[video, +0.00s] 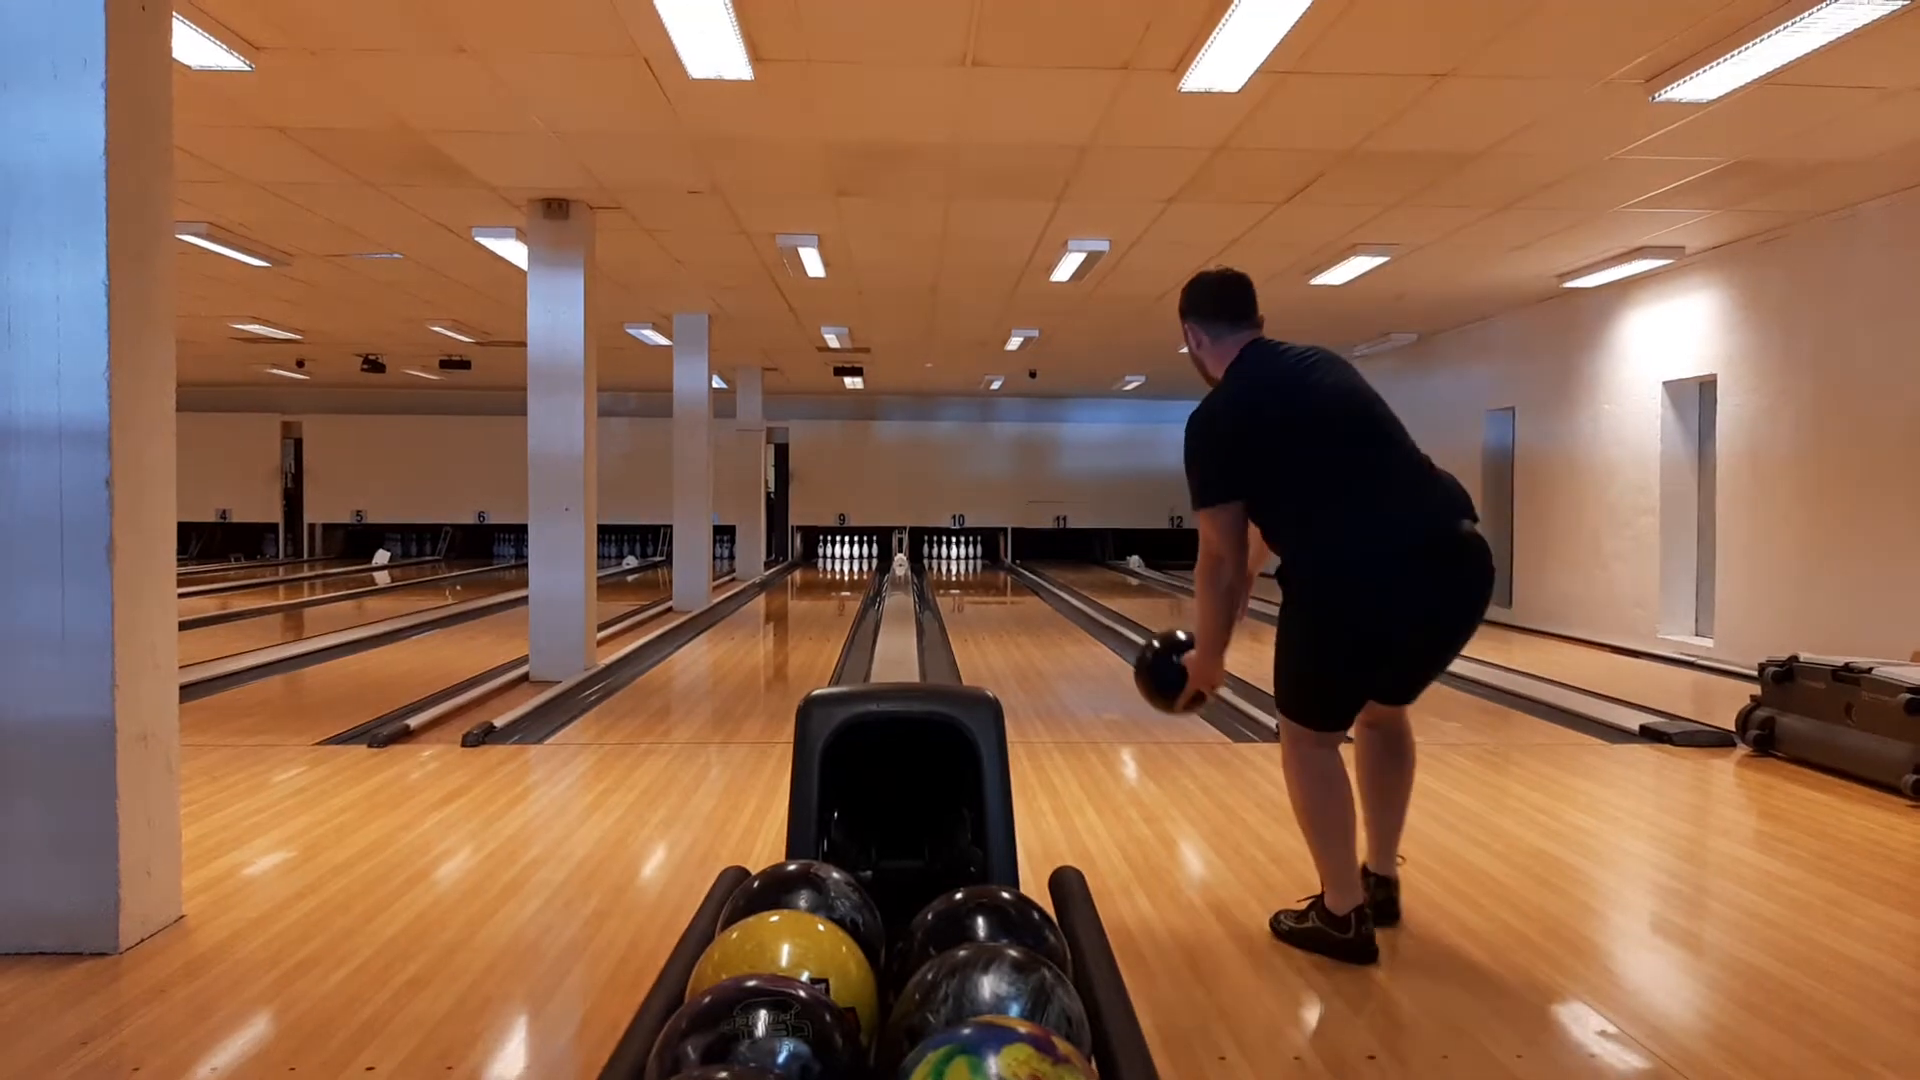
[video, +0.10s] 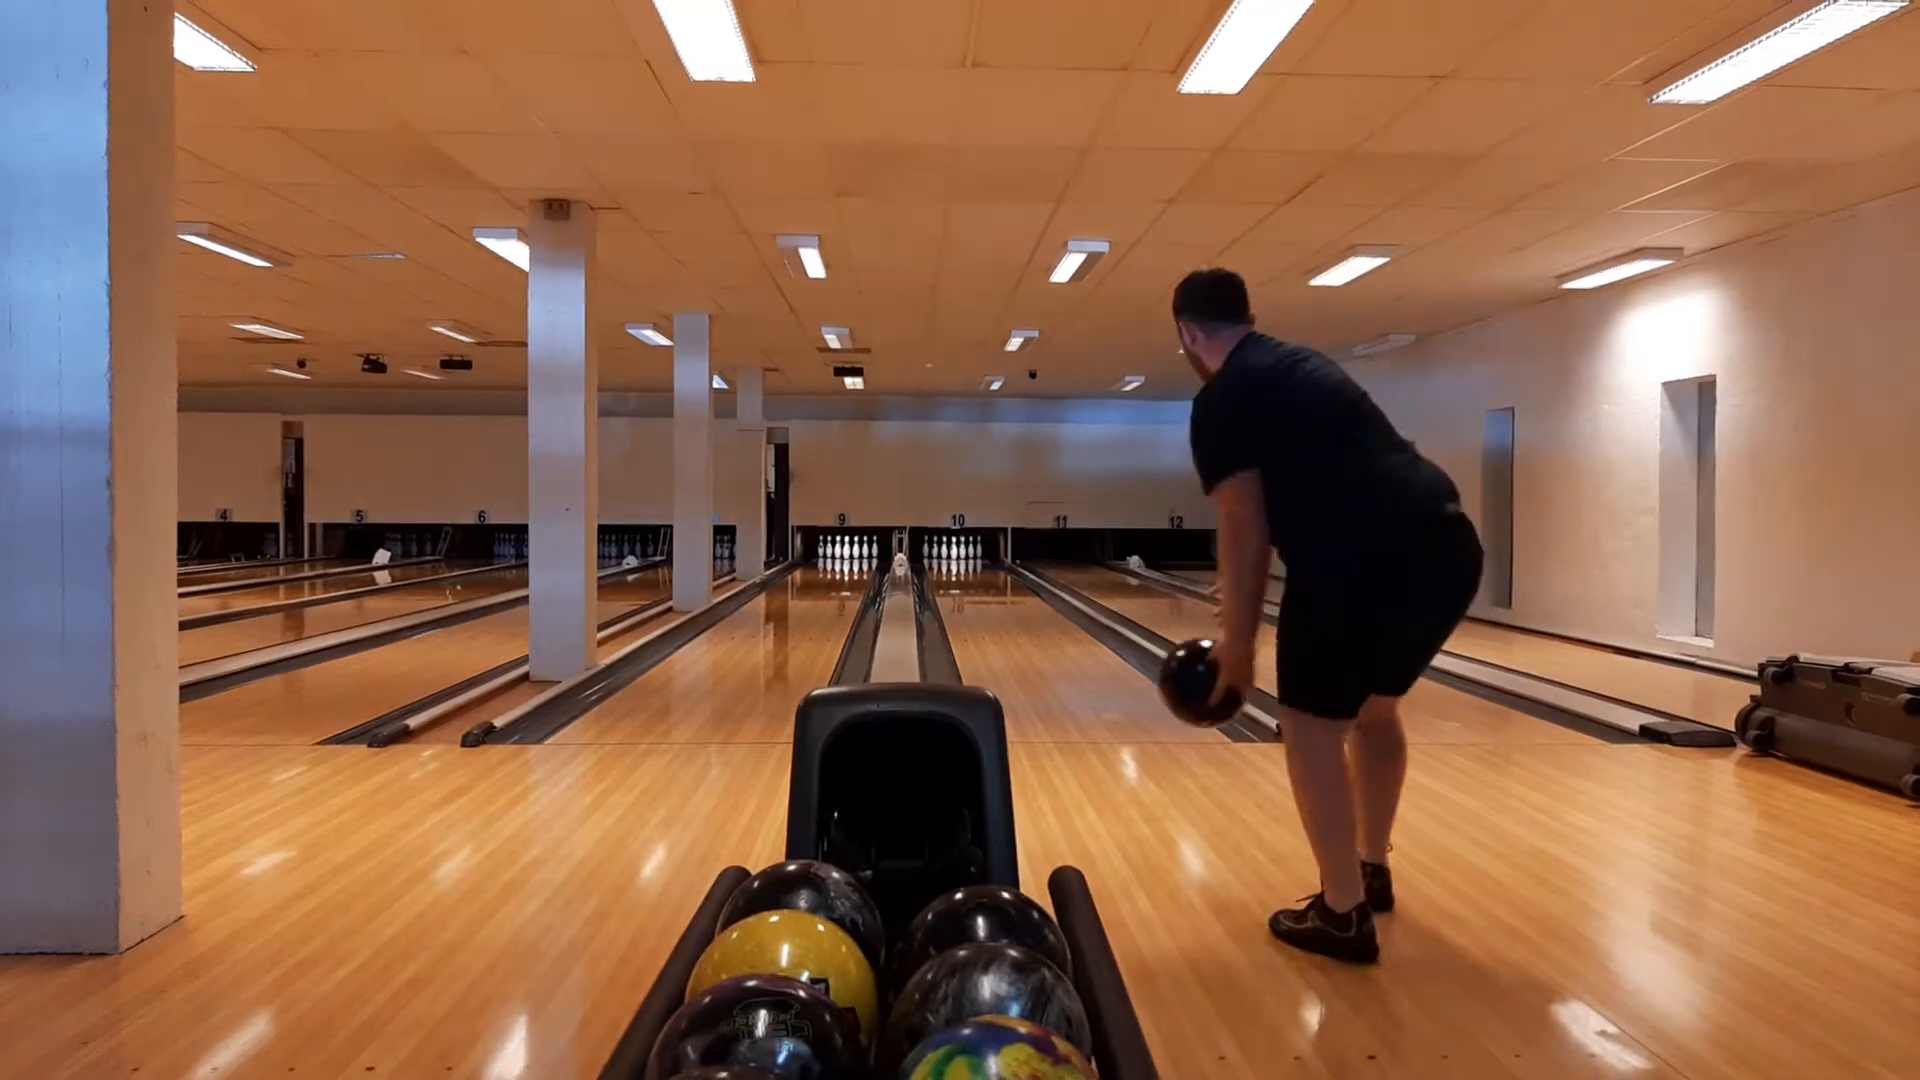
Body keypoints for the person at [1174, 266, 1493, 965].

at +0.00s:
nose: (1191, 355)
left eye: (1186, 343)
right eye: (1190, 345)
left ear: (1192, 339)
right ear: (1259, 324)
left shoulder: (1216, 418)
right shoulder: (1324, 366)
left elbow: (1224, 561)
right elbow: (1280, 512)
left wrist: (1208, 660)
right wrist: (1217, 612)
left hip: (1348, 583)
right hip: (1456, 560)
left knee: (1308, 735)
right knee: (1384, 712)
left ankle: (1341, 913)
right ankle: (1381, 878)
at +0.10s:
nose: (1187, 355)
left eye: (1182, 345)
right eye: (1188, 346)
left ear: (1188, 337)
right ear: (1250, 321)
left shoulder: (1222, 399)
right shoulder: (1309, 366)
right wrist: (1242, 628)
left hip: (1352, 562)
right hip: (1445, 546)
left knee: (1309, 725)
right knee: (1378, 708)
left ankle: (1342, 912)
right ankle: (1372, 870)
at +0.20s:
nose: (1188, 351)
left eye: (1181, 339)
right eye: (1186, 341)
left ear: (1189, 330)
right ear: (1246, 313)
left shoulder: (1241, 367)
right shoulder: (1281, 358)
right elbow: (1271, 486)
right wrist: (1247, 574)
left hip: (1368, 537)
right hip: (1432, 530)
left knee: (1321, 714)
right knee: (1367, 706)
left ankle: (1342, 906)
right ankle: (1371, 870)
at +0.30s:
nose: (1189, 351)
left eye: (1184, 337)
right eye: (1187, 340)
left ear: (1194, 324)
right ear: (1237, 306)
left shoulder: (1258, 341)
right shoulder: (1252, 389)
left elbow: (1316, 408)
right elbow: (1251, 500)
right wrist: (1229, 582)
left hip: (1359, 529)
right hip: (1409, 526)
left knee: (1322, 706)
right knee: (1352, 705)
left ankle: (1338, 888)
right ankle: (1367, 871)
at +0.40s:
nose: (1189, 354)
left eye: (1186, 341)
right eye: (1188, 344)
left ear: (1197, 327)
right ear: (1236, 315)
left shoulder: (1257, 333)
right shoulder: (1247, 393)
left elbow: (1325, 337)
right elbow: (1238, 505)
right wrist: (1204, 578)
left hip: (1334, 526)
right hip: (1400, 520)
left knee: (1299, 688)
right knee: (1351, 703)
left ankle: (1333, 864)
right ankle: (1370, 867)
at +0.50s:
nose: (1190, 359)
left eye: (1187, 345)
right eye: (1187, 348)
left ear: (1198, 335)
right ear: (1231, 327)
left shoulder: (1258, 335)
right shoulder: (1243, 412)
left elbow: (1321, 309)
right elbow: (1227, 504)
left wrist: (1362, 278)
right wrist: (1178, 567)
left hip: (1320, 524)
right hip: (1387, 522)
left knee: (1266, 676)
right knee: (1345, 697)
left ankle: (1319, 831)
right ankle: (1370, 863)